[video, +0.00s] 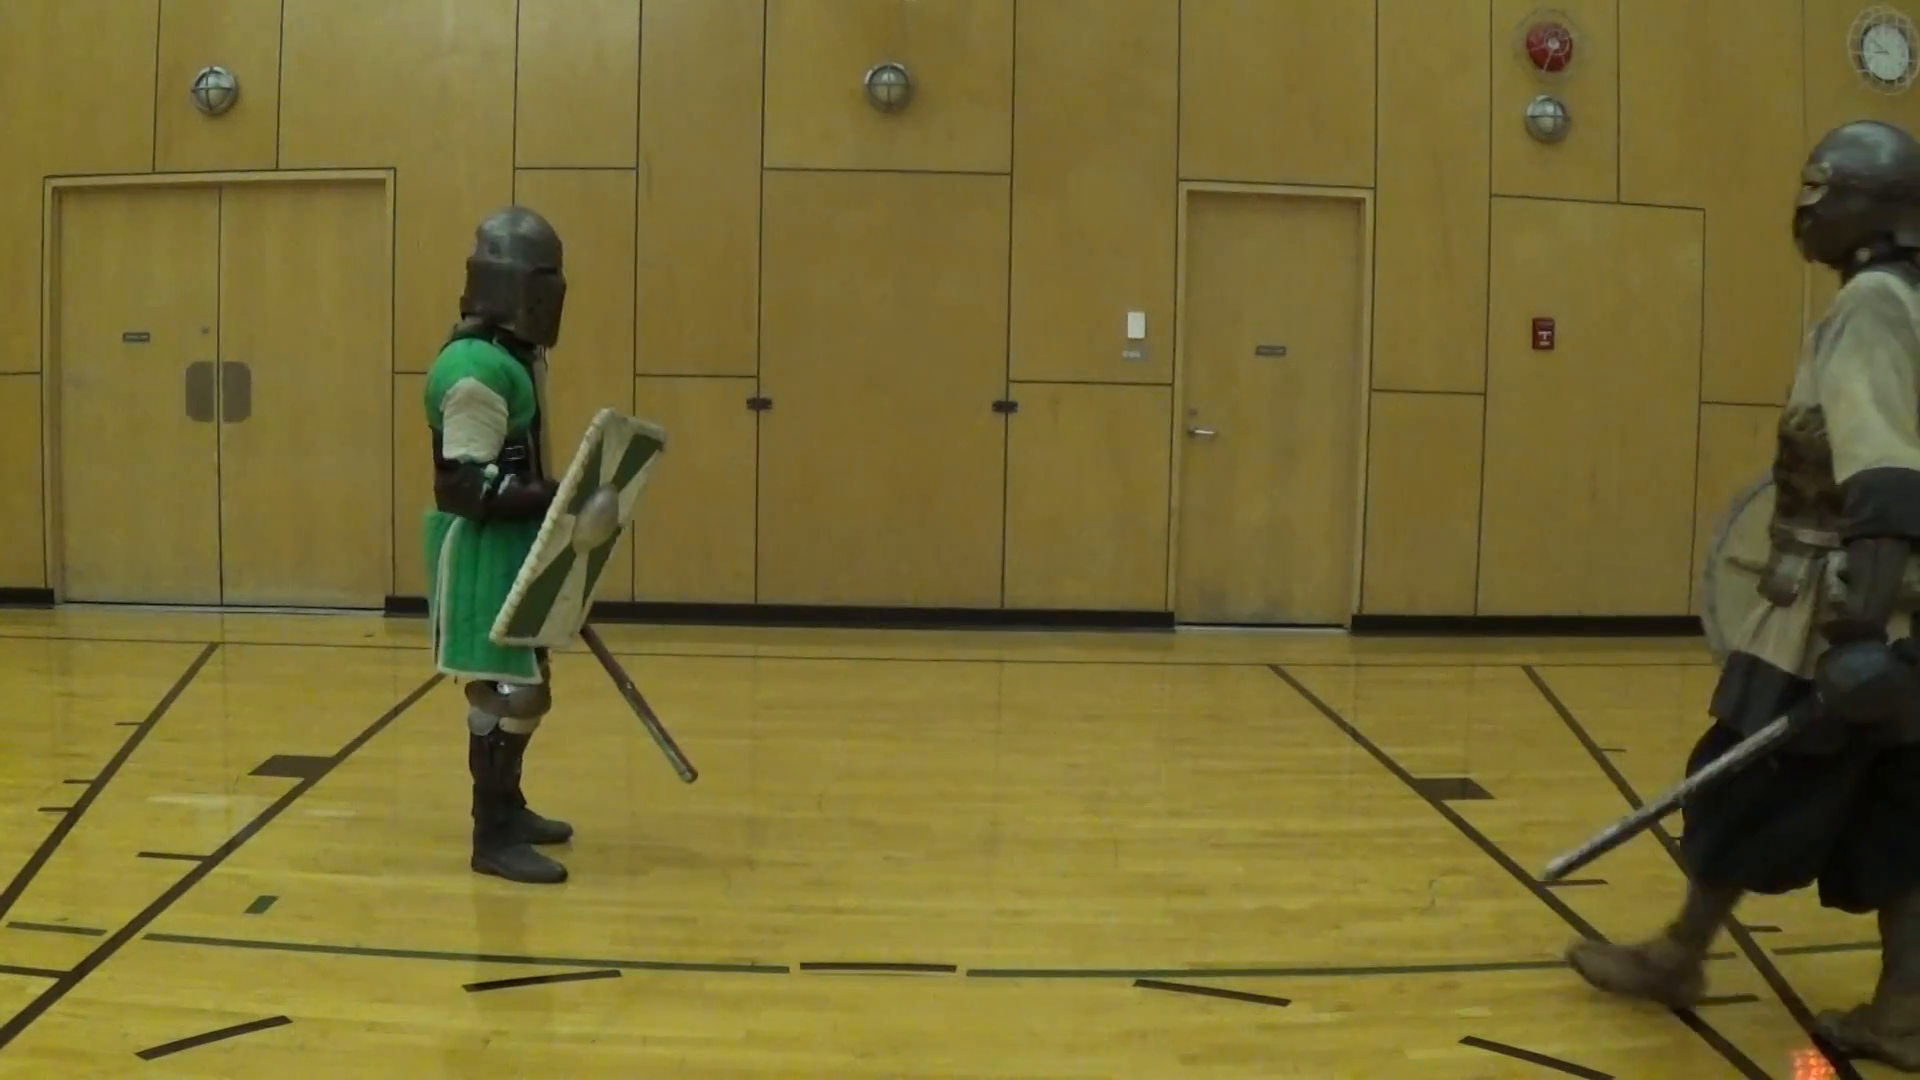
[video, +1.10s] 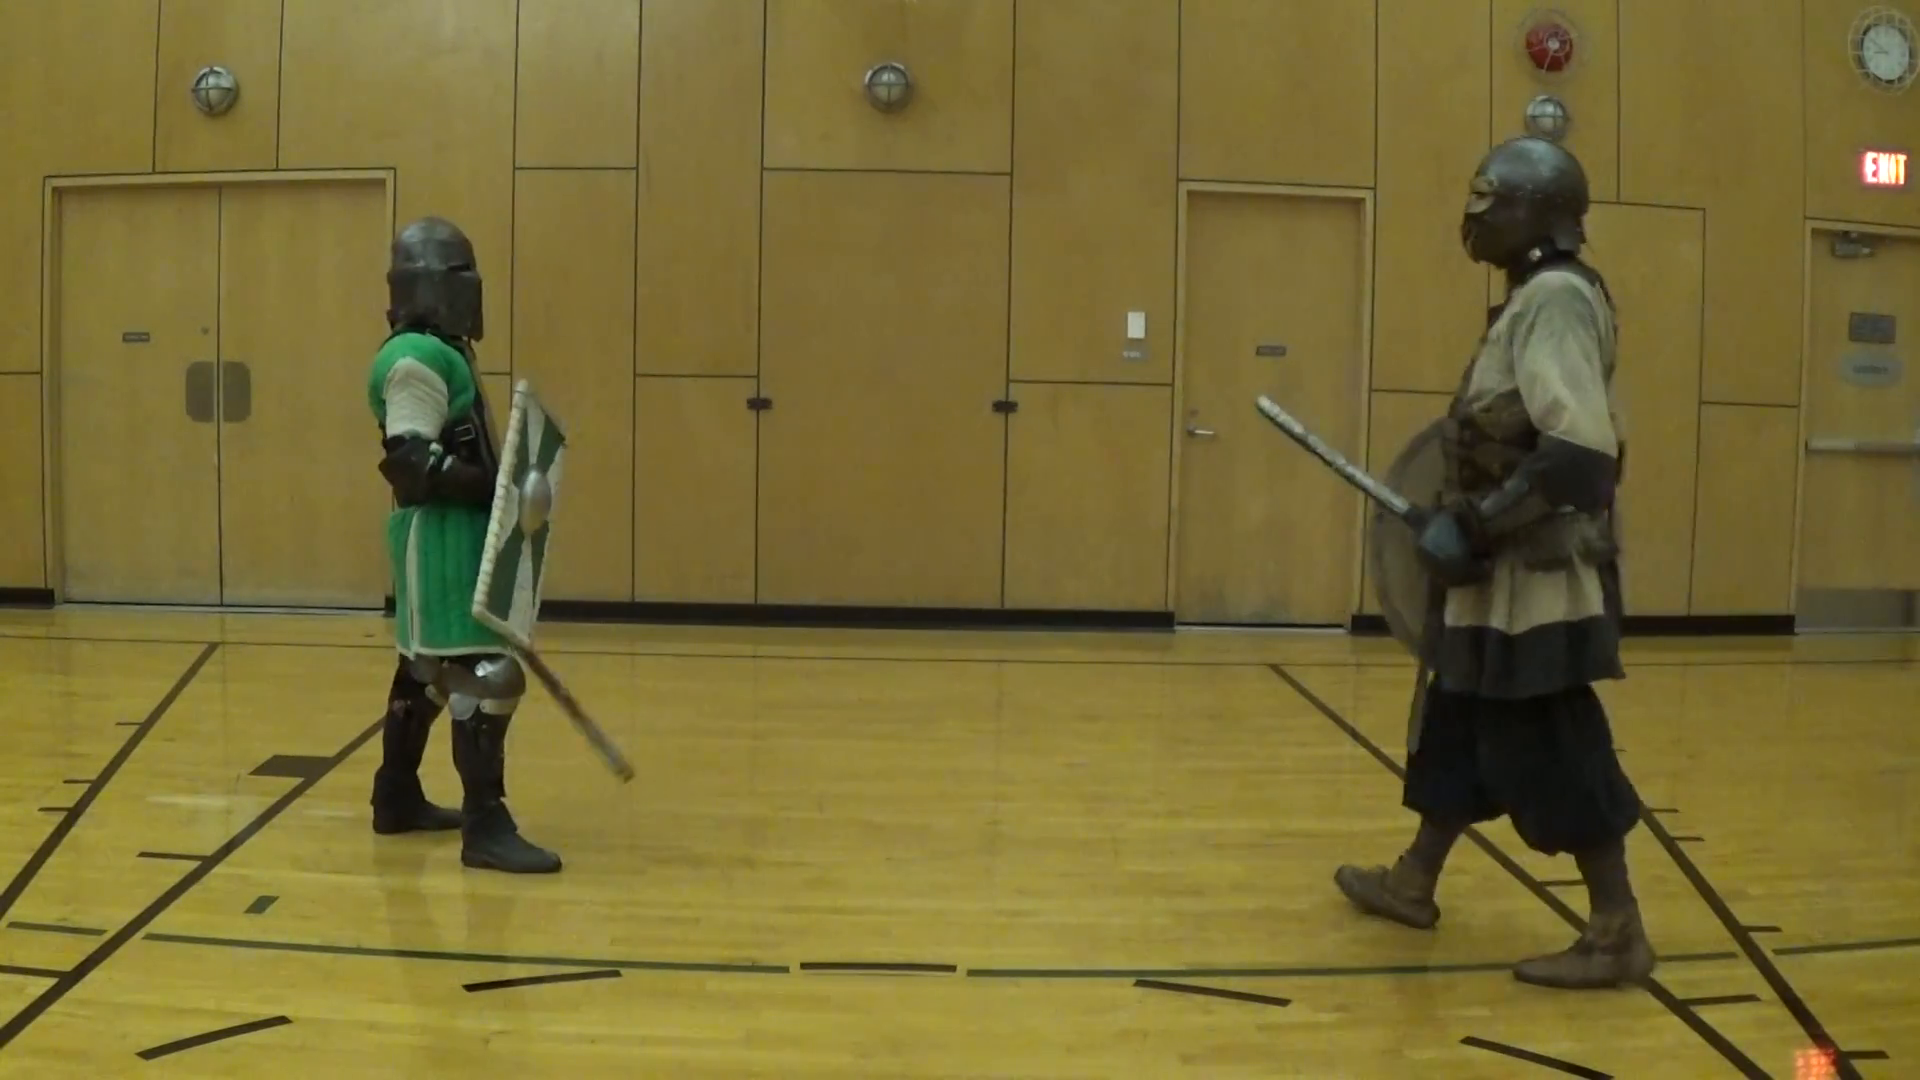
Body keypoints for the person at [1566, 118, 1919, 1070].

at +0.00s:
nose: (1800, 208)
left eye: (1818, 192)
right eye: (1806, 189)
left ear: (1876, 209)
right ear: (1880, 211)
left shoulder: (1876, 307)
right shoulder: (1896, 297)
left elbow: (1888, 477)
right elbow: (1885, 471)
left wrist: (1864, 632)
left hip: (1821, 631)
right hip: (1887, 632)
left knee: (1741, 785)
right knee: (1903, 823)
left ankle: (1679, 953)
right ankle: (1901, 1009)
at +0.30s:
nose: (1679, 206)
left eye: (1695, 193)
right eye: (1687, 191)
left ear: (1740, 212)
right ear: (1772, 216)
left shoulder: (1732, 318)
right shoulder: (1812, 309)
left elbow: (1744, 481)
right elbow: (1846, 468)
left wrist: (1735, 628)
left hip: (1716, 603)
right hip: (1799, 601)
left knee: (1668, 769)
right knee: (1809, 784)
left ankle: (1625, 940)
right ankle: (1876, 967)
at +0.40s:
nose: (1643, 205)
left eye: (1659, 191)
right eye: (1649, 189)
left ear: (1704, 206)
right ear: (1737, 209)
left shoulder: (1689, 310)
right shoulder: (1779, 303)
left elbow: (1688, 482)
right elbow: (1808, 465)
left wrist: (1658, 617)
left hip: (1681, 595)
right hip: (1757, 592)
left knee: (1640, 765)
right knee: (1748, 759)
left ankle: (1623, 942)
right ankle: (1832, 909)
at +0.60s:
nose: (1592, 206)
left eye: (1604, 191)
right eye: (1597, 189)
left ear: (1647, 201)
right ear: (1687, 203)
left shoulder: (1635, 305)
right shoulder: (1728, 293)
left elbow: (1598, 468)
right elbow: (1733, 454)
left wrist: (1526, 583)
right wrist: (1701, 540)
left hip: (1626, 576)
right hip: (1693, 570)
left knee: (1608, 747)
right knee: (1657, 738)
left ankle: (1621, 940)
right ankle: (1705, 904)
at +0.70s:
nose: (1570, 207)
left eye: (1585, 191)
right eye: (1576, 189)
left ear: (1632, 203)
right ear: (1663, 205)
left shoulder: (1622, 301)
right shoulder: (1696, 289)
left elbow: (1575, 469)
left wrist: (1481, 567)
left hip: (1611, 563)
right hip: (1671, 559)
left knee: (1589, 739)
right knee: (1628, 729)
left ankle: (1623, 939)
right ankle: (1618, 901)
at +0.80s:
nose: (1546, 208)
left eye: (1562, 192)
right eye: (1551, 189)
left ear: (1612, 206)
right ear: (1630, 207)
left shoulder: (1610, 300)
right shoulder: (1661, 288)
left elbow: (1567, 469)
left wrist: (1464, 548)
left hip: (1598, 556)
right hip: (1636, 549)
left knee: (1601, 734)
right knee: (1565, 717)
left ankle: (1622, 938)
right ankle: (1535, 883)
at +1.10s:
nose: (1471, 213)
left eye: (1487, 200)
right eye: (1475, 198)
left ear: (1539, 217)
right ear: (1536, 217)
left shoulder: (1555, 302)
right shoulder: (1536, 297)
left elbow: (1581, 452)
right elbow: (1538, 441)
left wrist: (1474, 526)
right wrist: (1461, 505)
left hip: (1536, 573)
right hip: (1498, 567)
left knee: (1564, 745)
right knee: (1460, 724)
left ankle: (1617, 932)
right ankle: (1413, 880)